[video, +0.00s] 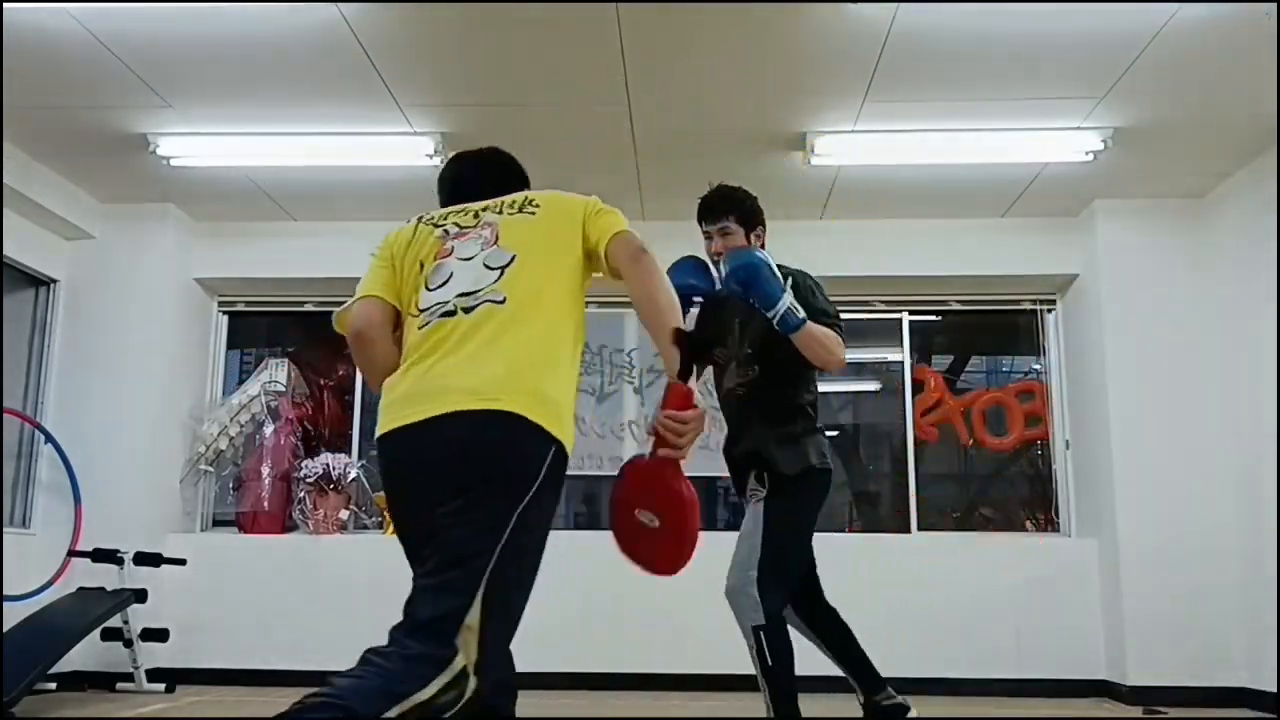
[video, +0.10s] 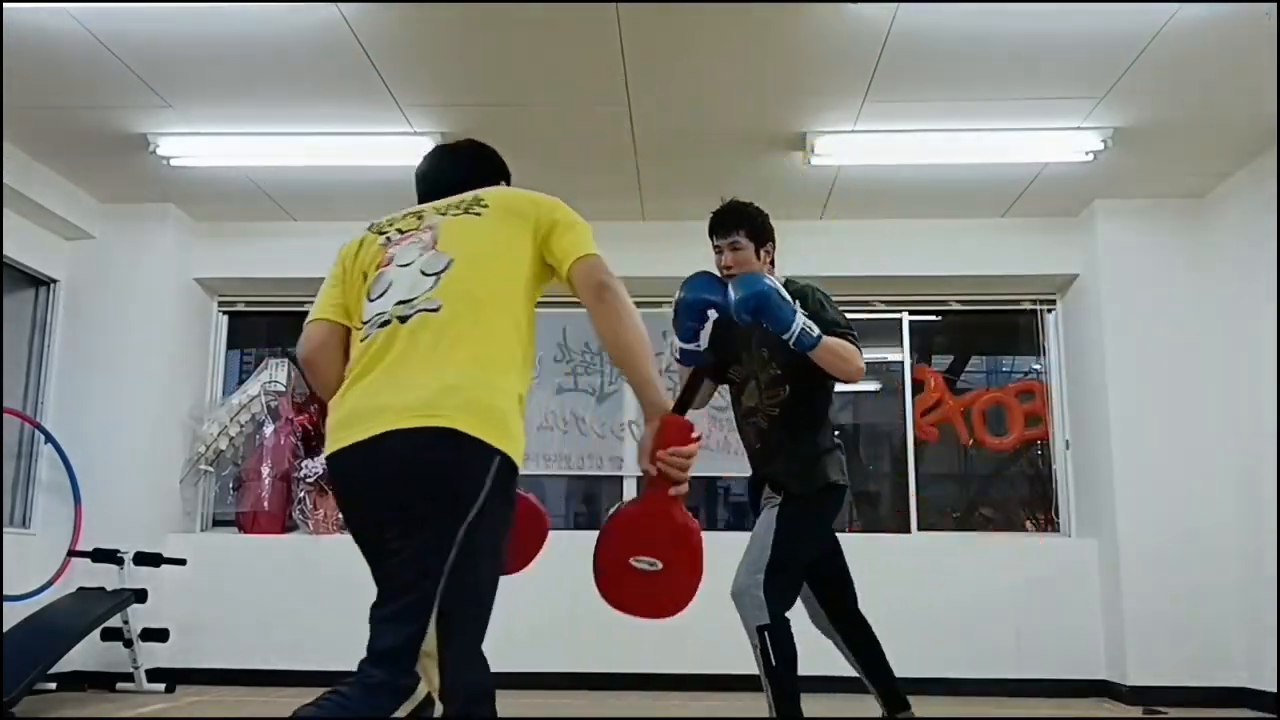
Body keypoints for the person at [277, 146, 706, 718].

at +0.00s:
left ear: (445, 202)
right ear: (525, 188)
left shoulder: (407, 235)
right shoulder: (570, 207)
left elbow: (365, 322)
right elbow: (634, 256)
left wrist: (409, 403)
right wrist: (681, 377)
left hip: (407, 433)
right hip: (515, 423)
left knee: (474, 643)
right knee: (438, 645)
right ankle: (319, 711)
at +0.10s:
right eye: (509, 187)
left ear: (420, 195)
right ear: (500, 182)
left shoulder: (366, 241)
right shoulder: (529, 206)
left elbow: (316, 349)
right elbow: (599, 284)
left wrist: (373, 422)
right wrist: (658, 410)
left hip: (355, 449)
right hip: (461, 436)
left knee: (450, 654)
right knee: (402, 665)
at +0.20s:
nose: (501, 166)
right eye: (500, 158)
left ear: (408, 155)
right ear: (485, 148)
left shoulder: (341, 212)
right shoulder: (488, 171)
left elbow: (270, 337)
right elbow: (514, 278)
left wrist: (338, 417)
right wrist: (584, 419)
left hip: (306, 440)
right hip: (400, 426)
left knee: (418, 653)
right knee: (345, 666)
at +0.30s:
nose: (486, 132)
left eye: (487, 120)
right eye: (487, 116)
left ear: (391, 99)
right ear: (464, 98)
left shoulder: (316, 170)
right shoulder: (442, 128)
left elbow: (235, 298)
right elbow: (431, 243)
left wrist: (310, 378)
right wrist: (495, 398)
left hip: (276, 423)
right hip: (350, 416)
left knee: (391, 640)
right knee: (309, 670)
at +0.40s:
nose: (467, 105)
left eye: (471, 87)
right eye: (470, 81)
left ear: (368, 55)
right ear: (442, 56)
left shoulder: (292, 131)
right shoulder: (404, 92)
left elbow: (215, 267)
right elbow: (370, 218)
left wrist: (338, 334)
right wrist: (430, 373)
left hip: (264, 400)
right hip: (322, 400)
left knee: (383, 621)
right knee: (285, 657)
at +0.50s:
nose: (452, 82)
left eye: (457, 61)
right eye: (454, 55)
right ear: (425, 29)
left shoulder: (285, 110)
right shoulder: (377, 74)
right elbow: (336, 198)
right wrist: (387, 358)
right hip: (292, 399)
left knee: (374, 609)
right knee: (268, 656)